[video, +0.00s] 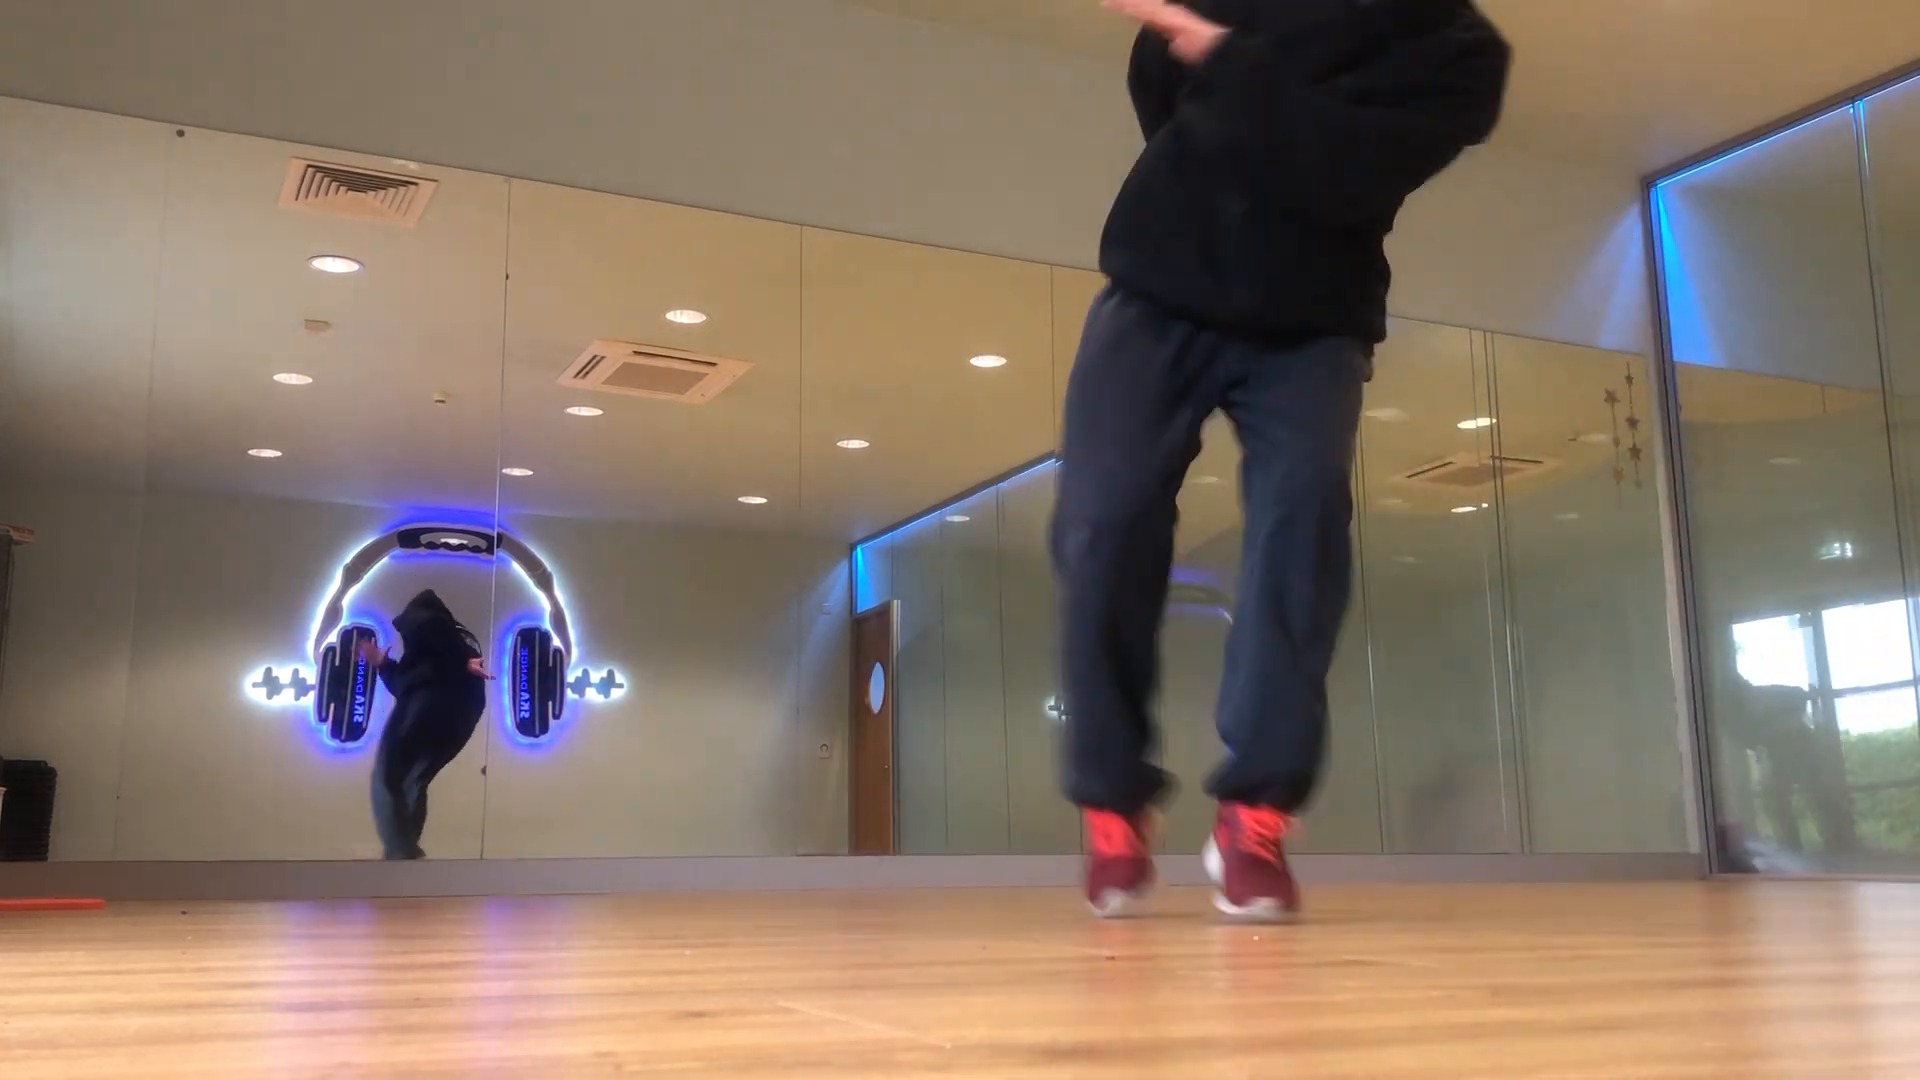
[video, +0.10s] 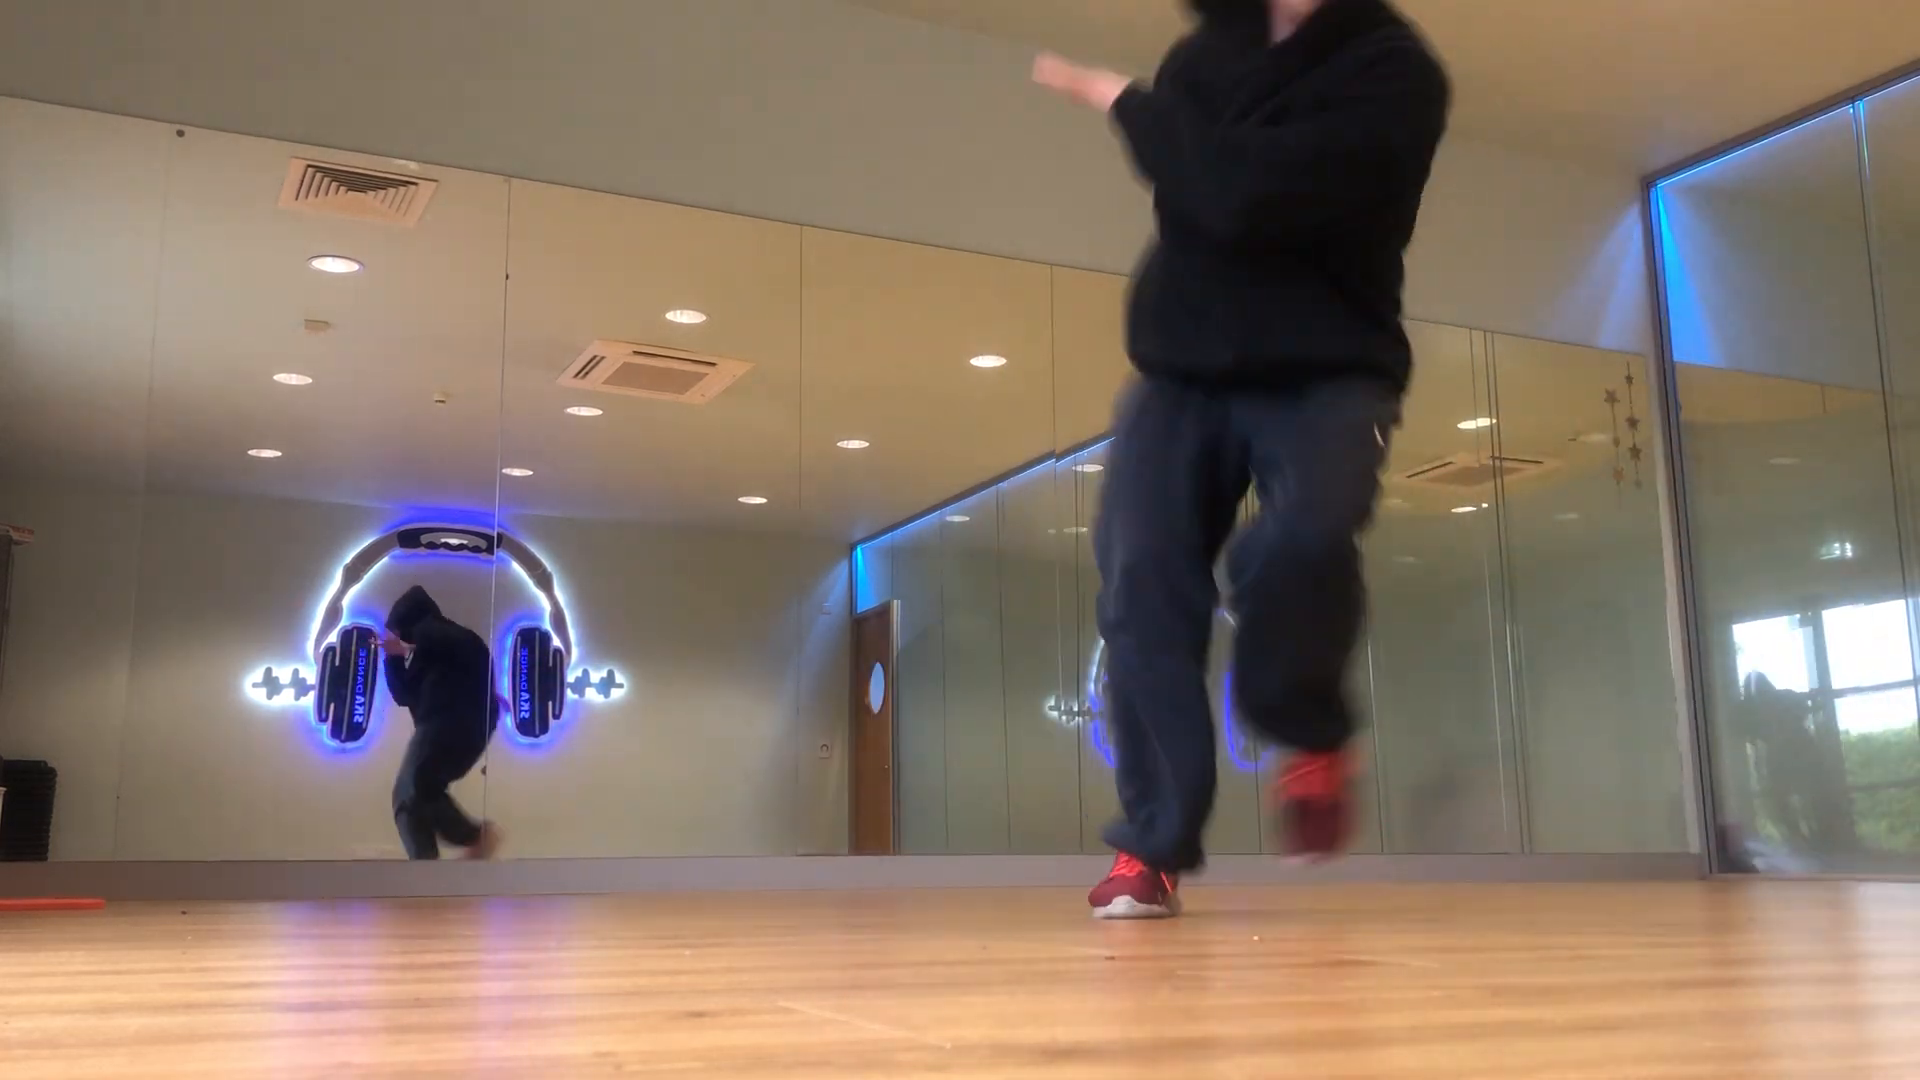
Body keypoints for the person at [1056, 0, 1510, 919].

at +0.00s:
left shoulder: (1458, 46)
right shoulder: (1229, 10)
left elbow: (1358, 163)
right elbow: (1171, 126)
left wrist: (1221, 49)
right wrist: (1166, 38)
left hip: (1312, 315)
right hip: (1161, 289)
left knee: (1302, 517)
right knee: (1101, 530)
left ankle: (1256, 813)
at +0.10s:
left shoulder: (1395, 70)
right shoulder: (1207, 52)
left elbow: (1257, 191)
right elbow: (1183, 178)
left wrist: (1134, 101)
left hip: (1328, 371)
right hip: (1187, 368)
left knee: (1303, 543)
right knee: (1144, 583)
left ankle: (1307, 740)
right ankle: (1154, 846)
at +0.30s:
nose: (1203, 24)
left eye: (1214, 1)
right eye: (1178, 18)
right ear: (1163, 42)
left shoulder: (1330, 59)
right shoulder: (1225, 128)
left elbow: (1230, 179)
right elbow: (1333, 233)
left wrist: (1120, 244)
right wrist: (1464, 290)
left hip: (1451, 410)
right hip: (1307, 425)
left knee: (1560, 621)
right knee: (1220, 622)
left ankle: (1710, 787)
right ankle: (1159, 856)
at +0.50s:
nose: (1224, 170)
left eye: (1231, 143)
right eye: (1200, 166)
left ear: (1265, 131)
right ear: (1189, 193)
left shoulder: (1331, 158)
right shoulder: (1259, 286)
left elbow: (1378, 186)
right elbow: (1356, 362)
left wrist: (1426, 213)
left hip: (1541, 457)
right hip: (1400, 488)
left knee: (1650, 651)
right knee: (1290, 640)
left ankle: (1809, 826)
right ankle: (1169, 845)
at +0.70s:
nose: (1142, 167)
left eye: (1154, 141)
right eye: (1120, 152)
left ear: (1196, 127)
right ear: (1104, 161)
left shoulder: (1312, 164)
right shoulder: (1133, 244)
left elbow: (1463, 144)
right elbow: (1220, 313)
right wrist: (1233, 387)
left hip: (1386, 435)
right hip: (1246, 454)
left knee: (1500, 628)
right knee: (1189, 614)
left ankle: (1702, 792)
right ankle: (1158, 845)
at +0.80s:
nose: (1133, 118)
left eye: (1150, 96)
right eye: (1116, 100)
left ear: (1195, 88)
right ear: (1101, 103)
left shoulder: (1311, 179)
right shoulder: (1099, 186)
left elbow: (1389, 306)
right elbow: (1113, 292)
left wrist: (1311, 378)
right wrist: (1196, 356)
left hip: (1302, 442)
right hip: (1166, 439)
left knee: (1342, 633)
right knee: (1137, 616)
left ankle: (1493, 788)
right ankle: (1154, 843)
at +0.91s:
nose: (1165, 46)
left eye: (1184, 29)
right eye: (1148, 32)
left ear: (1226, 37)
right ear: (1130, 43)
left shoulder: (1279, 151)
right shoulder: (1100, 118)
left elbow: (1245, 306)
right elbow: (1060, 218)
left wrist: (1114, 317)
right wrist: (1082, 285)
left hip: (1230, 421)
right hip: (1109, 411)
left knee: (1218, 639)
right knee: (1112, 611)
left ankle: (1238, 809)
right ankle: (1146, 839)